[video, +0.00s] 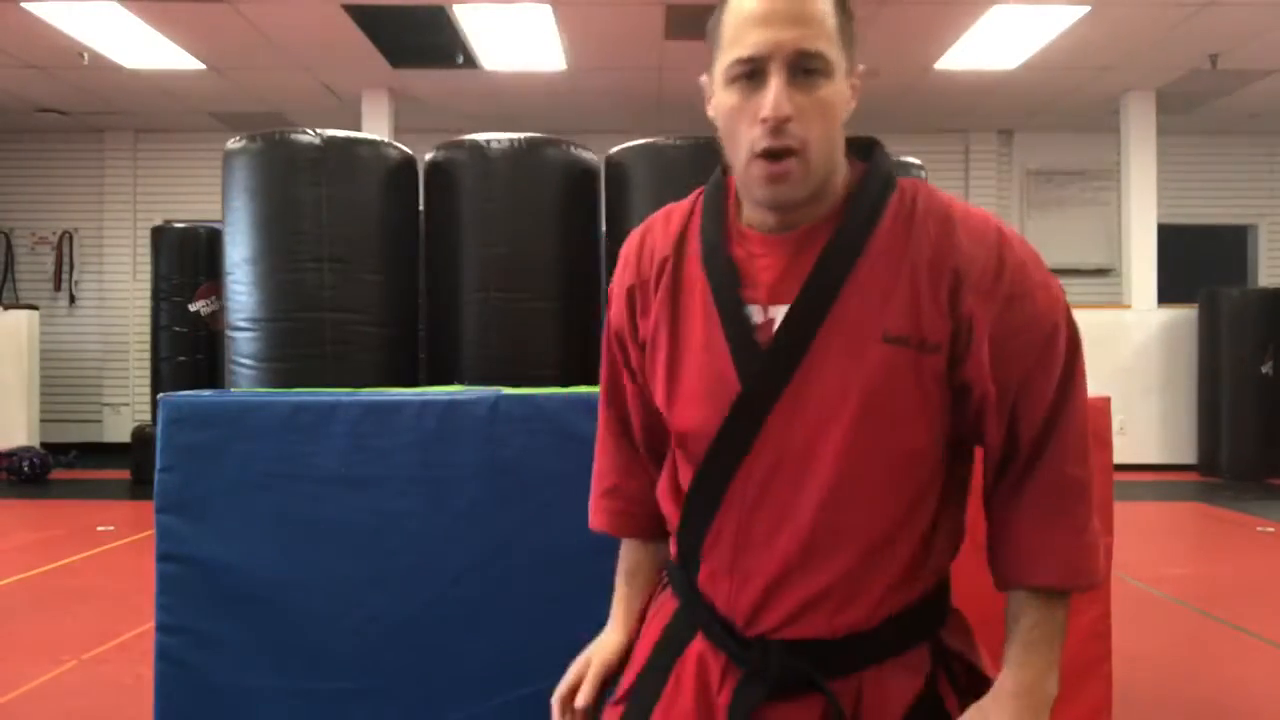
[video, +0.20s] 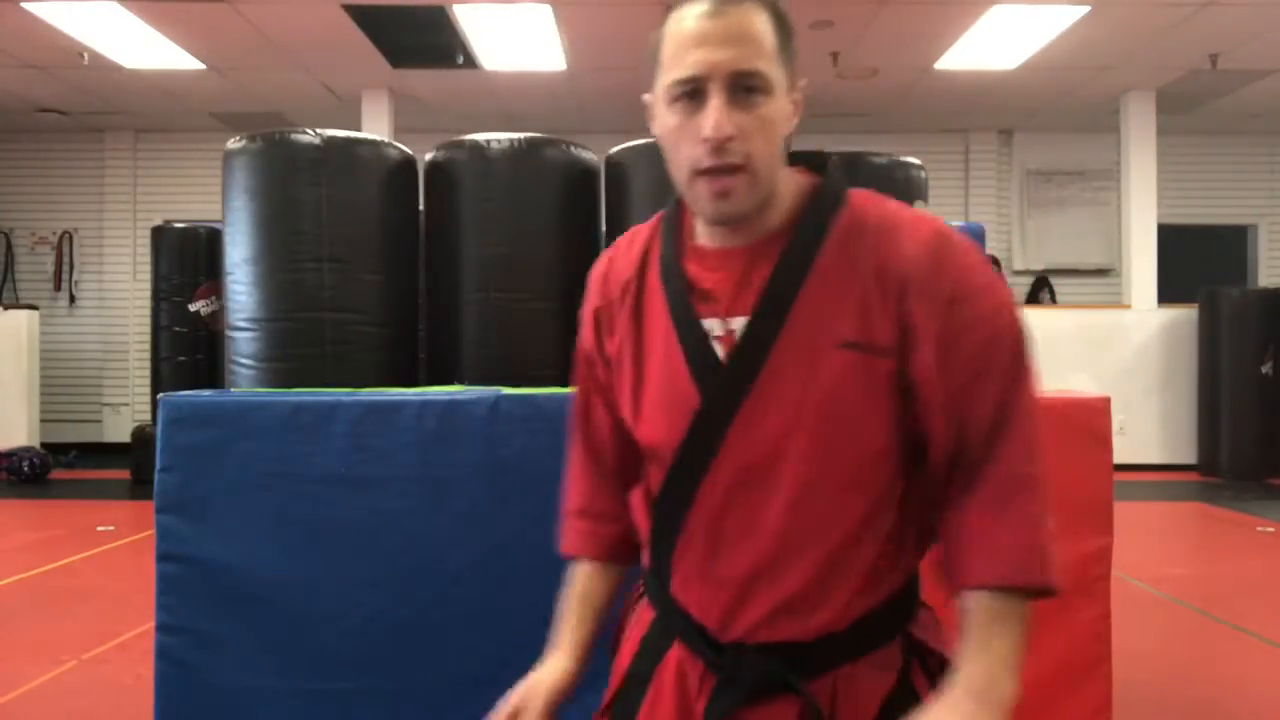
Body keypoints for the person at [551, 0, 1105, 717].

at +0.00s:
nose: (776, 107)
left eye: (807, 72)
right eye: (748, 76)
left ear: (853, 89)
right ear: (711, 100)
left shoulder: (974, 263)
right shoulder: (652, 258)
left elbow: (1045, 478)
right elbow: (638, 458)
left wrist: (1027, 683)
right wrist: (621, 622)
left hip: (883, 688)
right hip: (686, 676)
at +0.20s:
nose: (717, 125)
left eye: (746, 91)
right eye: (688, 95)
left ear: (793, 104)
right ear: (654, 117)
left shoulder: (923, 266)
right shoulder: (620, 280)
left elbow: (996, 484)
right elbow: (602, 486)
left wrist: (981, 687)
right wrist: (563, 655)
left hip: (857, 690)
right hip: (669, 682)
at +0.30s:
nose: (685, 131)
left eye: (714, 99)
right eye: (658, 102)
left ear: (759, 116)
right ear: (624, 122)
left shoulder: (869, 271)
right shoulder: (586, 288)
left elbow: (924, 472)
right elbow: (537, 489)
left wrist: (888, 645)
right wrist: (484, 653)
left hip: (819, 678)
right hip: (639, 674)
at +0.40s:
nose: (644, 140)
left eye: (673, 112)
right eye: (620, 111)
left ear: (715, 126)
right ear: (586, 128)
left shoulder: (802, 271)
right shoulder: (544, 282)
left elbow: (853, 474)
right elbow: (476, 439)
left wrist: (775, 530)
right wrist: (434, 514)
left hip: (773, 670)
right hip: (605, 665)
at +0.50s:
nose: (606, 150)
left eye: (635, 118)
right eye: (583, 119)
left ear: (677, 124)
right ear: (550, 126)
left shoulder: (769, 253)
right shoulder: (517, 250)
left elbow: (819, 454)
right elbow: (440, 440)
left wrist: (713, 353)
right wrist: (426, 346)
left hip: (739, 655)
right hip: (581, 649)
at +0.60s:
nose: (592, 173)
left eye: (616, 135)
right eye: (567, 140)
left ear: (665, 125)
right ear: (540, 140)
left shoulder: (758, 239)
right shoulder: (517, 230)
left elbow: (799, 411)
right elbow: (424, 380)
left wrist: (710, 219)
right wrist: (441, 214)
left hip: (723, 643)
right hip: (563, 641)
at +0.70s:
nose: (601, 195)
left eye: (629, 160)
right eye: (578, 162)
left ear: (676, 153)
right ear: (548, 151)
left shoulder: (759, 244)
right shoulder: (523, 227)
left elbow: (789, 417)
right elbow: (449, 383)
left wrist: (736, 198)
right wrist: (469, 191)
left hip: (717, 645)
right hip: (558, 640)